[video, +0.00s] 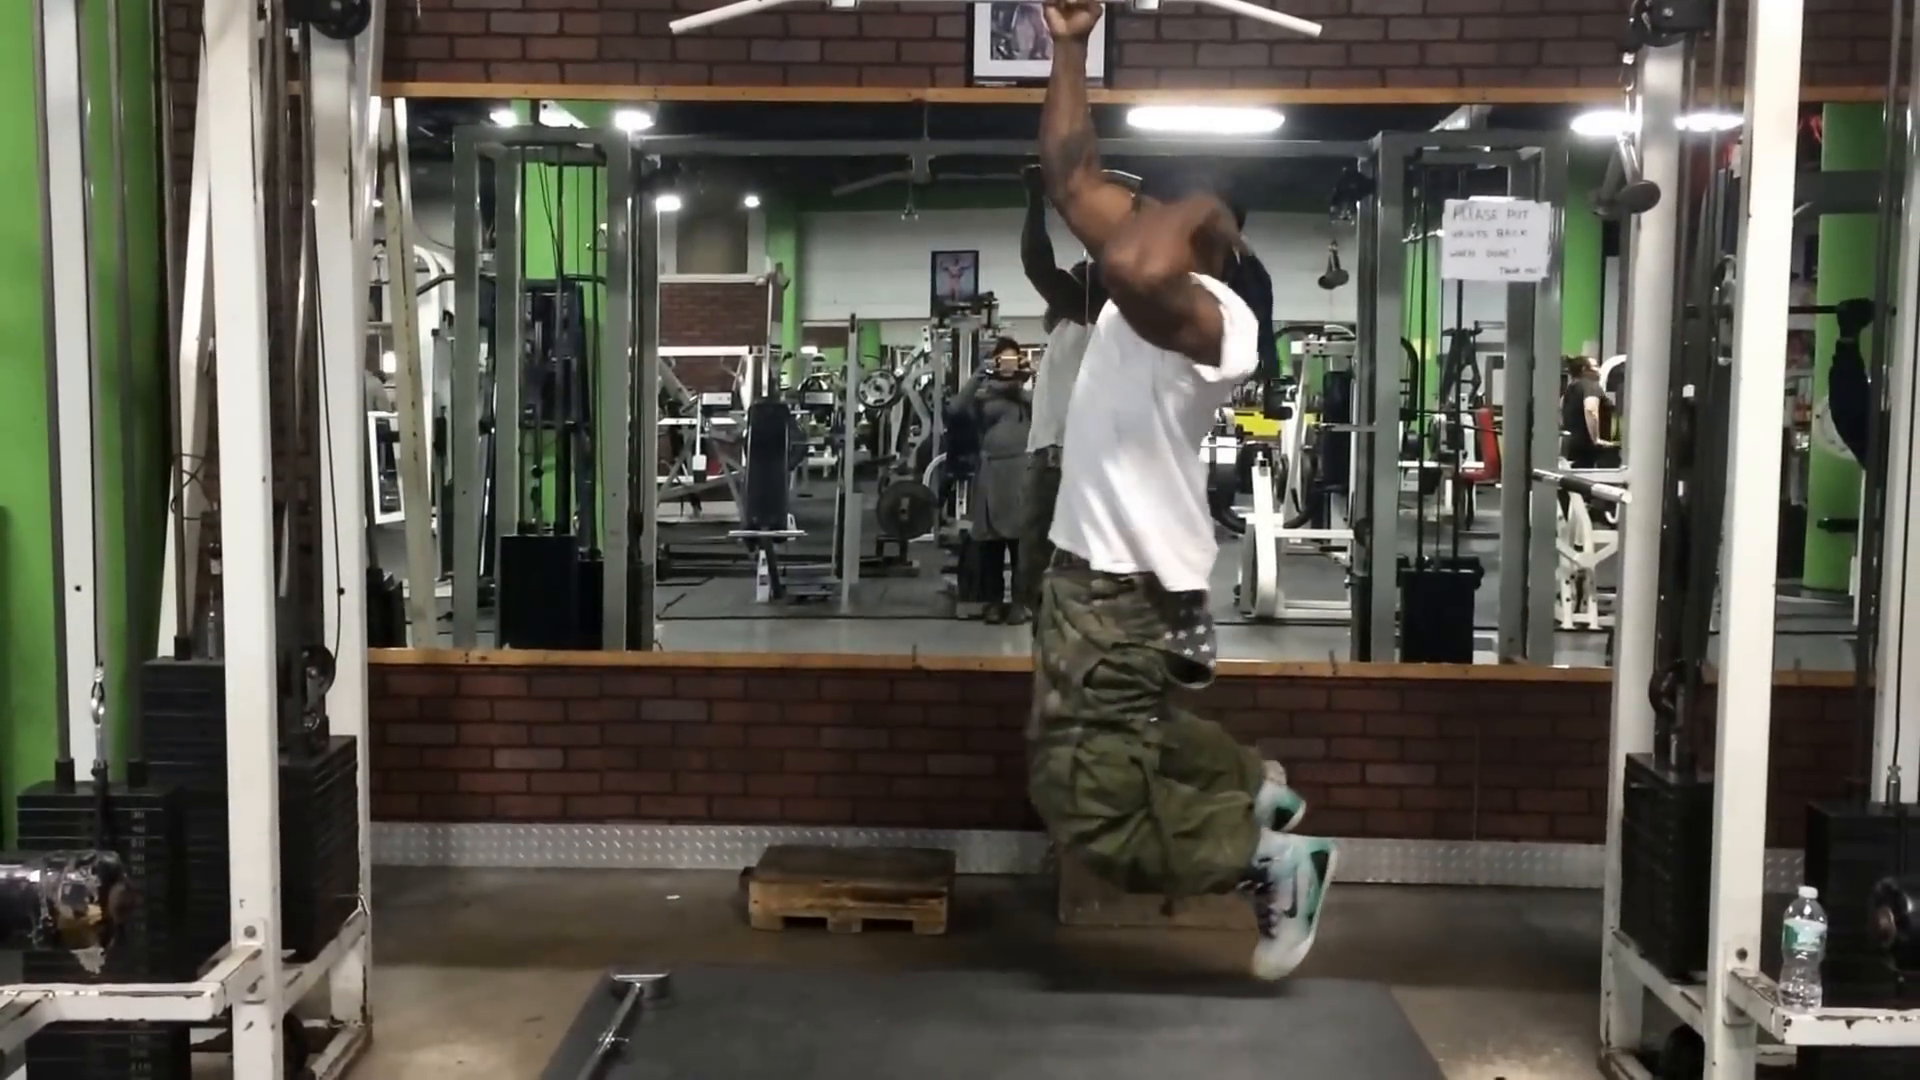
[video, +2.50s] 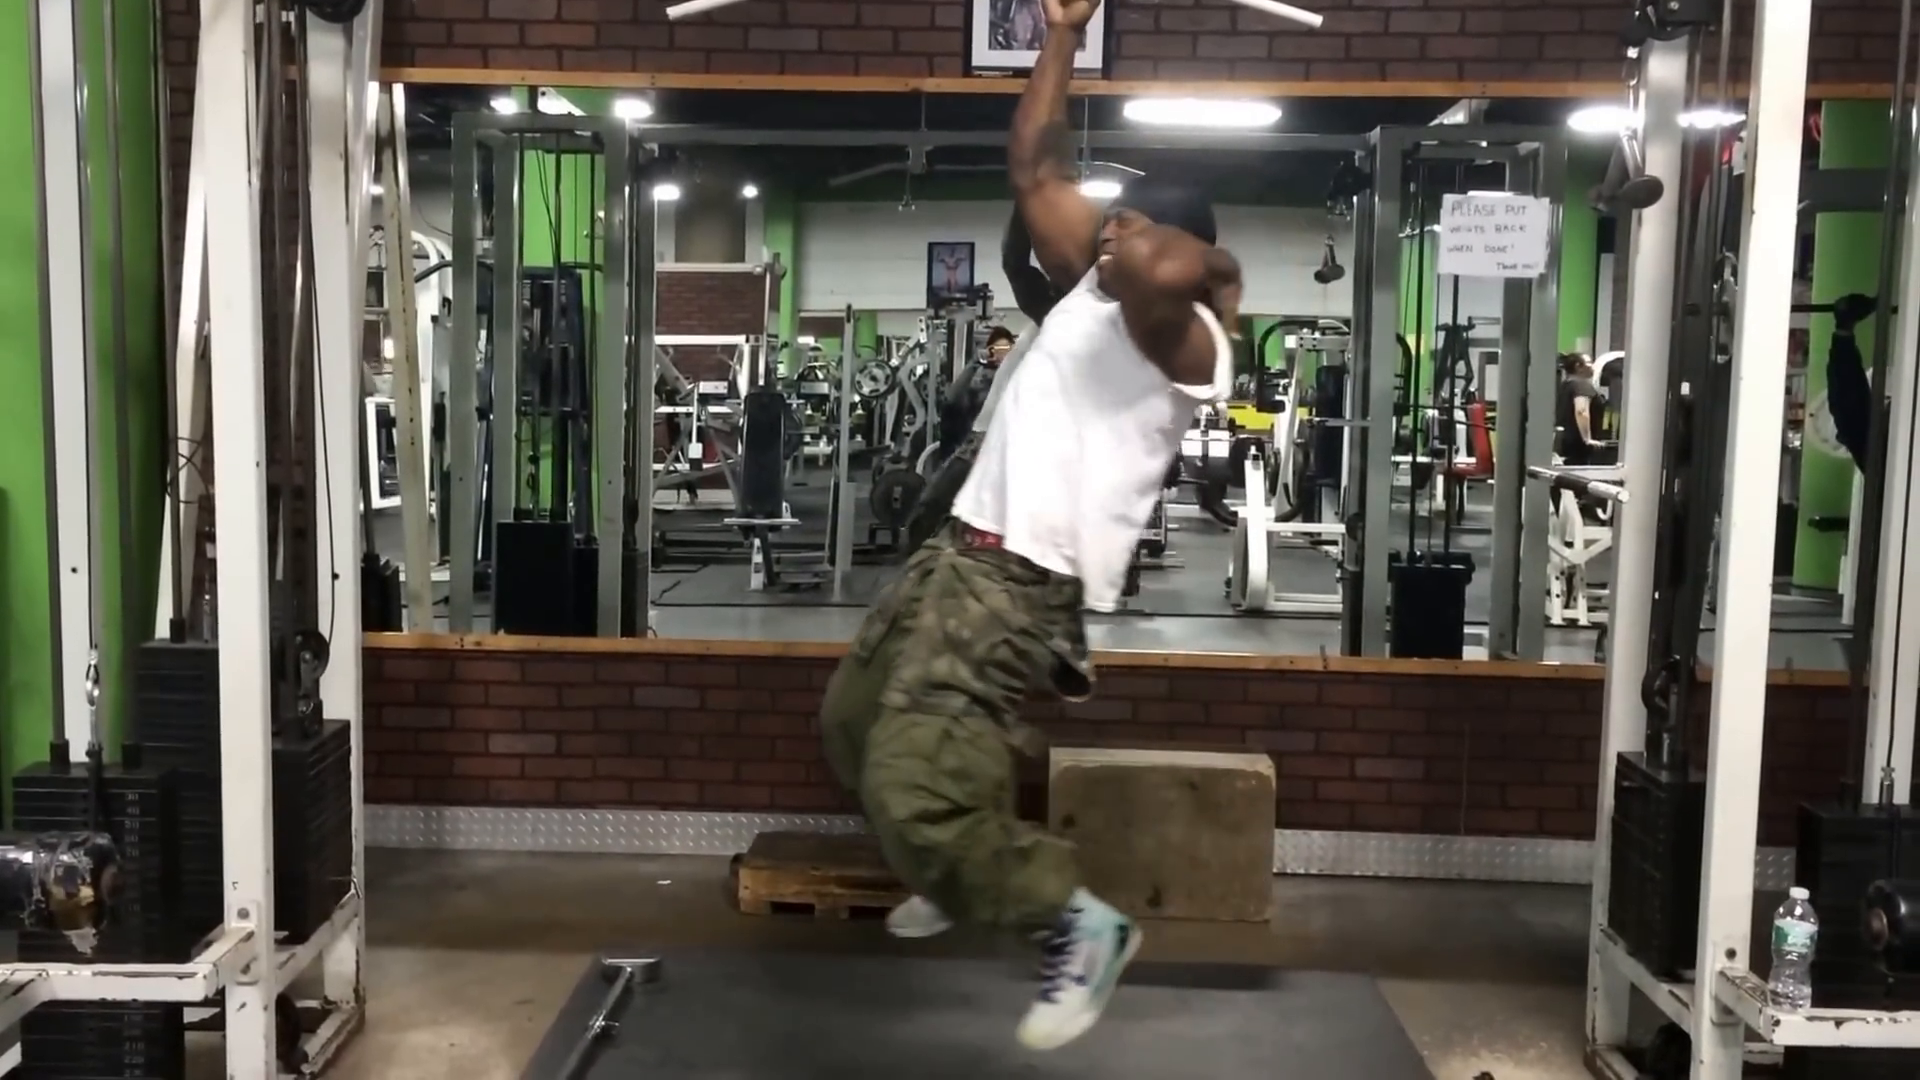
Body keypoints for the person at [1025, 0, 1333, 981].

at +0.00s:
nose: (1146, 222)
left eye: (1161, 214)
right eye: (1152, 210)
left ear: (1199, 245)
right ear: (1184, 241)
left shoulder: (1219, 315)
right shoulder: (1146, 283)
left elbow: (1137, 275)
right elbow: (1069, 175)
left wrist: (1190, 211)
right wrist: (1068, 45)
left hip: (1130, 581)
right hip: (1097, 570)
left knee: (1086, 806)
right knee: (1096, 739)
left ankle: (1271, 859)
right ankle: (1245, 784)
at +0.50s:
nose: (1078, 244)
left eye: (1098, 231)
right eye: (1090, 229)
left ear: (1135, 255)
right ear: (1123, 247)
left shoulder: (1124, 335)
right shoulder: (1102, 318)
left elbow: (1053, 239)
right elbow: (1046, 176)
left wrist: (1161, 228)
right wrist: (1064, 44)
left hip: (963, 571)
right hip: (997, 581)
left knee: (827, 768)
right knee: (934, 741)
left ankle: (976, 939)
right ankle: (1035, 881)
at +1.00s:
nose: (1066, 201)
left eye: (1076, 189)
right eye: (1073, 190)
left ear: (1117, 225)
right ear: (1139, 232)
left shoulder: (1110, 309)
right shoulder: (1097, 294)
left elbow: (979, 216)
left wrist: (1062, 128)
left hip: (977, 549)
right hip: (949, 519)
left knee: (782, 693)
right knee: (792, 599)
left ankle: (899, 876)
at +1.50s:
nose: (1171, 225)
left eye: (1194, 219)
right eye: (1174, 213)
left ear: (1232, 238)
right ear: (1164, 215)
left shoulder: (1233, 317)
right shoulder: (1131, 249)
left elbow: (1216, 256)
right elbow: (1045, 183)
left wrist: (1249, 214)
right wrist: (1058, 51)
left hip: (1085, 572)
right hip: (1015, 522)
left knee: (1017, 784)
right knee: (887, 643)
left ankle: (1172, 851)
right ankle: (938, 765)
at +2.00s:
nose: (1144, 237)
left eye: (1162, 224)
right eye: (1142, 224)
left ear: (1215, 233)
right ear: (1142, 233)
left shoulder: (1248, 313)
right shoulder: (1117, 278)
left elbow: (1265, 198)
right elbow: (1045, 173)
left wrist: (1234, 254)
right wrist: (1061, 39)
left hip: (1125, 588)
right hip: (1035, 559)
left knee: (1103, 812)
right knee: (952, 707)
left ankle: (1254, 831)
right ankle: (1033, 820)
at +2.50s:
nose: (1120, 231)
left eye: (1142, 225)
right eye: (1123, 219)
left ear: (1192, 266)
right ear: (1118, 233)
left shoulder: (1189, 343)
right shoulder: (1101, 284)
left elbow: (1149, 289)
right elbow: (1034, 166)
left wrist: (1203, 265)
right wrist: (1061, 38)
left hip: (1020, 589)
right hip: (951, 558)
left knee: (912, 788)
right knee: (851, 728)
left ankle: (1081, 923)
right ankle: (966, 876)